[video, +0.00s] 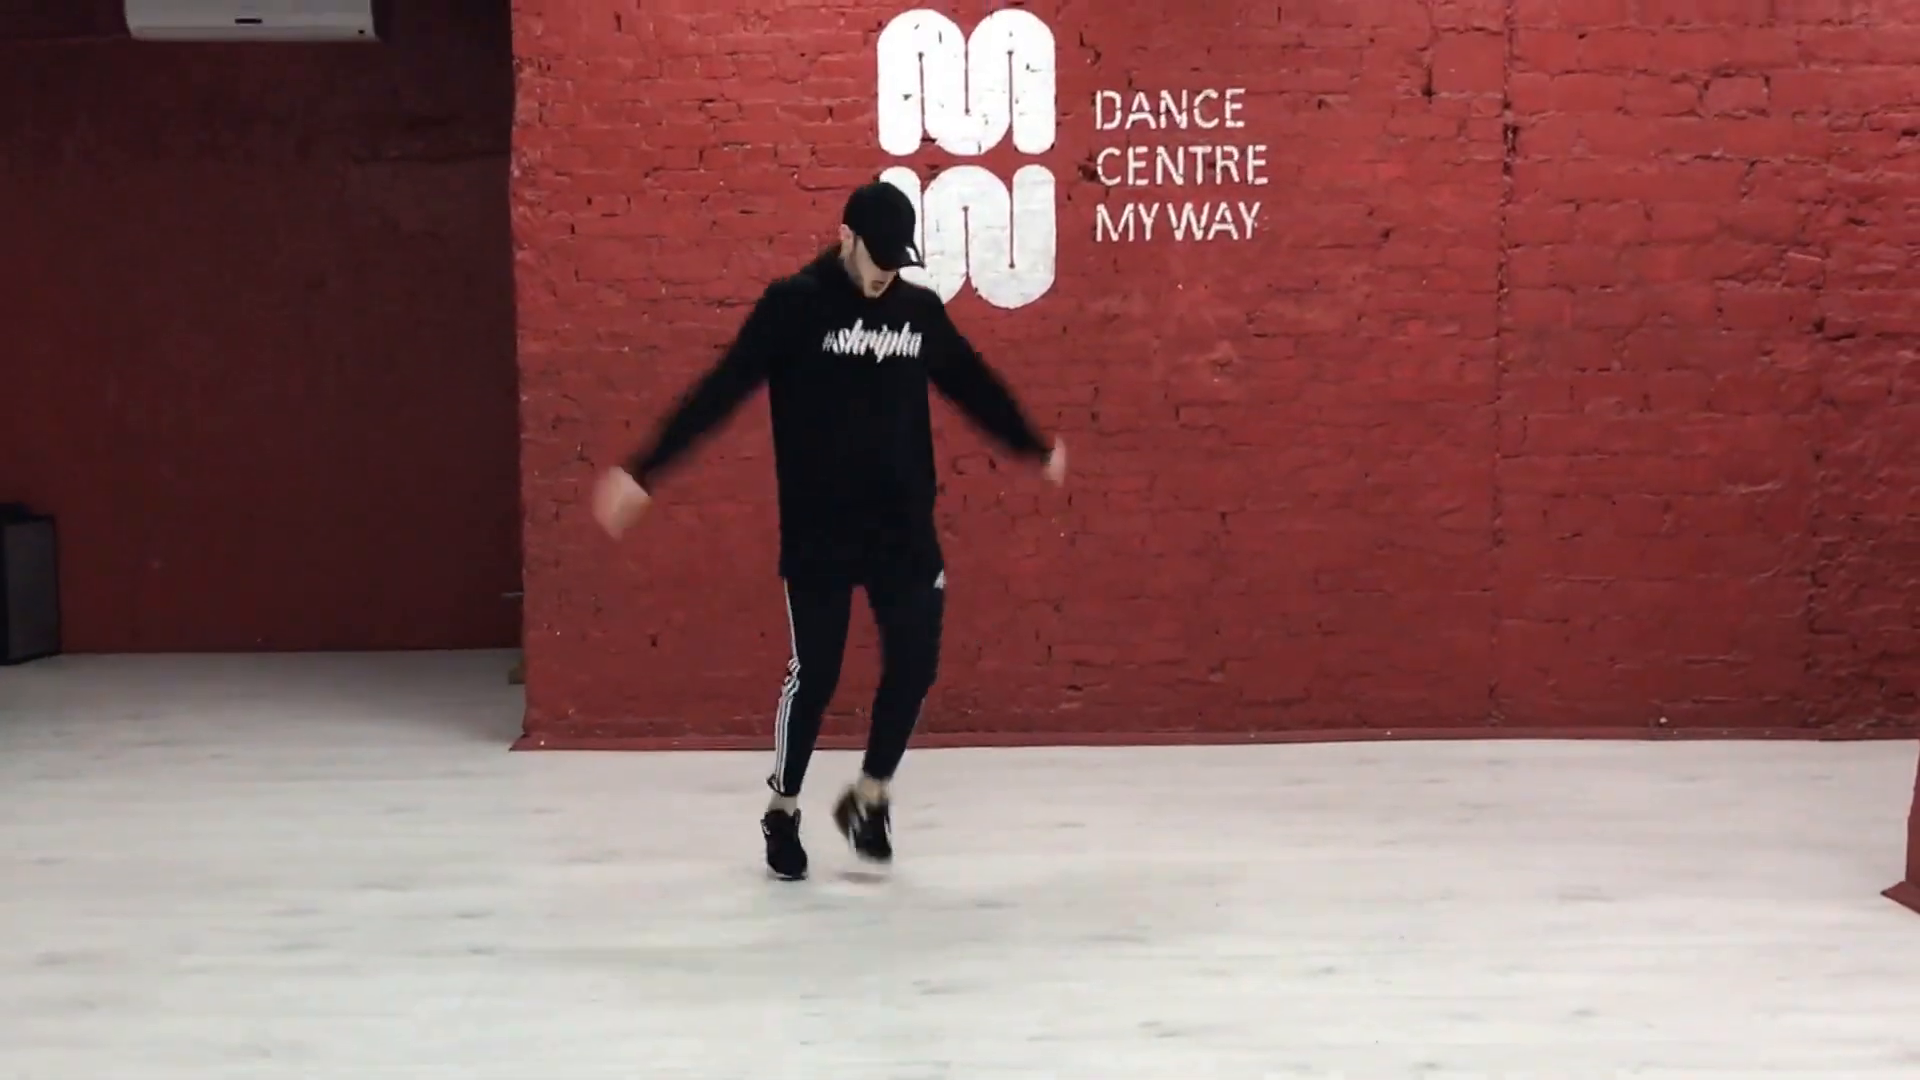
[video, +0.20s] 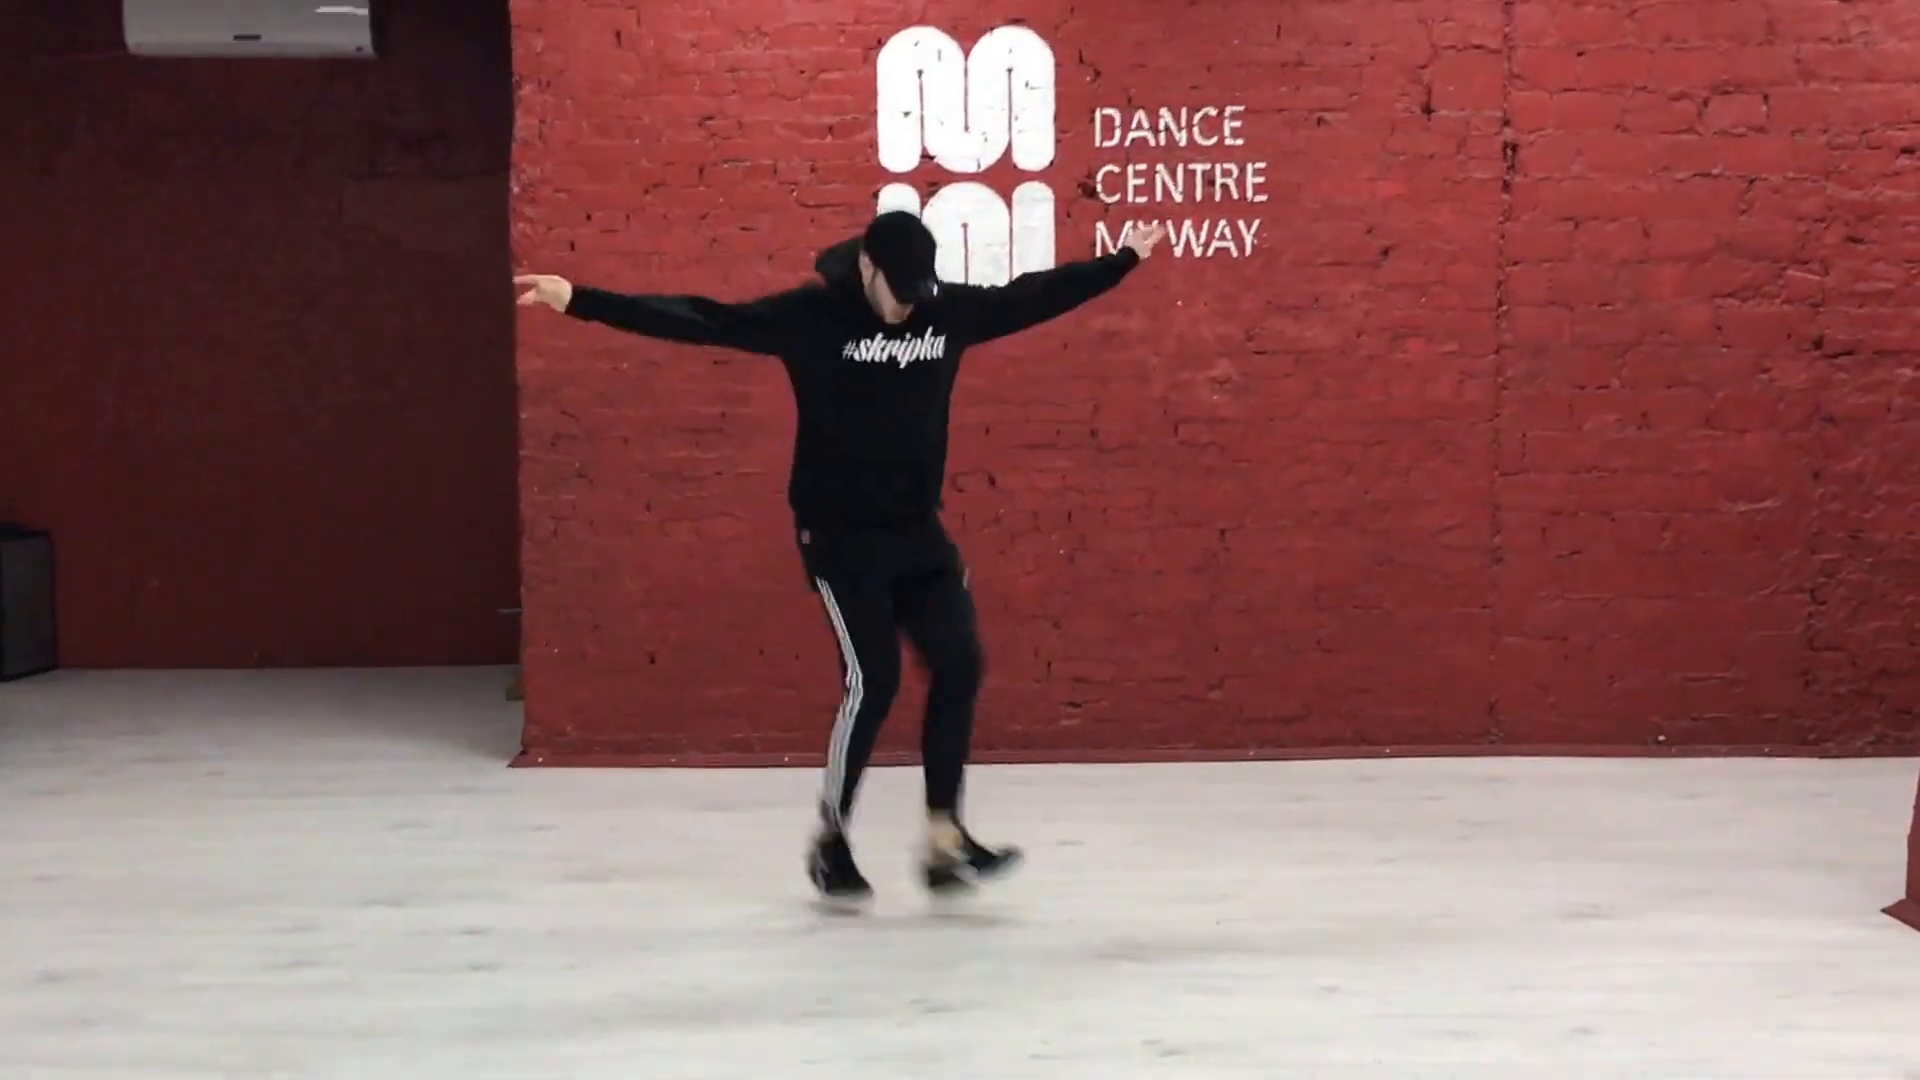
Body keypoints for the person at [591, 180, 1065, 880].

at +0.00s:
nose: (886, 275)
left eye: (897, 261)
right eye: (877, 258)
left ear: (909, 251)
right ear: (846, 238)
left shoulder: (917, 307)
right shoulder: (792, 306)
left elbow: (967, 378)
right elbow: (720, 390)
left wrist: (1030, 442)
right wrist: (644, 470)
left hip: (903, 522)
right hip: (817, 523)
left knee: (914, 663)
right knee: (815, 670)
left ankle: (870, 799)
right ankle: (783, 810)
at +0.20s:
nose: (906, 306)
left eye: (915, 293)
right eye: (895, 291)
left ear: (927, 280)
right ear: (864, 270)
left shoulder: (949, 313)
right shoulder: (809, 317)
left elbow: (1033, 297)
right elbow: (704, 320)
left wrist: (1119, 261)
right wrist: (581, 300)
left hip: (916, 529)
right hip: (837, 533)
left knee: (958, 666)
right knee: (874, 678)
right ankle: (830, 841)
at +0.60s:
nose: (947, 380)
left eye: (957, 368)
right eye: (938, 366)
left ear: (967, 351)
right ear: (907, 343)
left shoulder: (975, 386)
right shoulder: (854, 384)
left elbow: (1055, 392)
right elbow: (753, 446)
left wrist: (1135, 334)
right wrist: (767, 400)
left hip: (957, 602)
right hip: (879, 609)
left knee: (1031, 723)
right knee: (915, 746)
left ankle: (1064, 890)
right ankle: (846, 892)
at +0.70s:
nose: (951, 412)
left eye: (962, 400)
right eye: (941, 399)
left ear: (976, 377)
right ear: (915, 372)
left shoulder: (987, 404)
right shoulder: (871, 405)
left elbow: (1049, 375)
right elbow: (808, 443)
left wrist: (1090, 356)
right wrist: (849, 353)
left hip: (944, 620)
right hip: (864, 622)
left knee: (1012, 750)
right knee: (930, 758)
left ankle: (1057, 899)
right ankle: (842, 903)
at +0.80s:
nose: (927, 414)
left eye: (938, 404)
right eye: (916, 402)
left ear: (953, 386)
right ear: (893, 378)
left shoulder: (964, 413)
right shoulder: (858, 399)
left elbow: (1048, 461)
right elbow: (852, 468)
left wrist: (1064, 530)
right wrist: (946, 467)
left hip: (928, 621)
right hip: (844, 623)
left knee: (1008, 714)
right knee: (893, 757)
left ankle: (985, 861)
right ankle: (833, 916)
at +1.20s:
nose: (881, 346)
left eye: (892, 333)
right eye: (868, 334)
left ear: (913, 334)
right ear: (849, 337)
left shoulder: (957, 401)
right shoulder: (829, 427)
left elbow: (1000, 494)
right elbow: (812, 542)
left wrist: (1016, 596)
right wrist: (860, 614)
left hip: (935, 605)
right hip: (861, 613)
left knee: (931, 759)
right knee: (879, 756)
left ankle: (841, 841)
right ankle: (867, 906)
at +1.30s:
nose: (912, 349)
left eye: (923, 336)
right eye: (899, 337)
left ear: (941, 339)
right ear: (881, 340)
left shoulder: (976, 401)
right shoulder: (861, 418)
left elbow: (1036, 484)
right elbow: (872, 529)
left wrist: (1077, 582)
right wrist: (918, 624)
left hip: (946, 601)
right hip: (864, 607)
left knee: (1003, 727)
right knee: (873, 755)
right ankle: (869, 892)